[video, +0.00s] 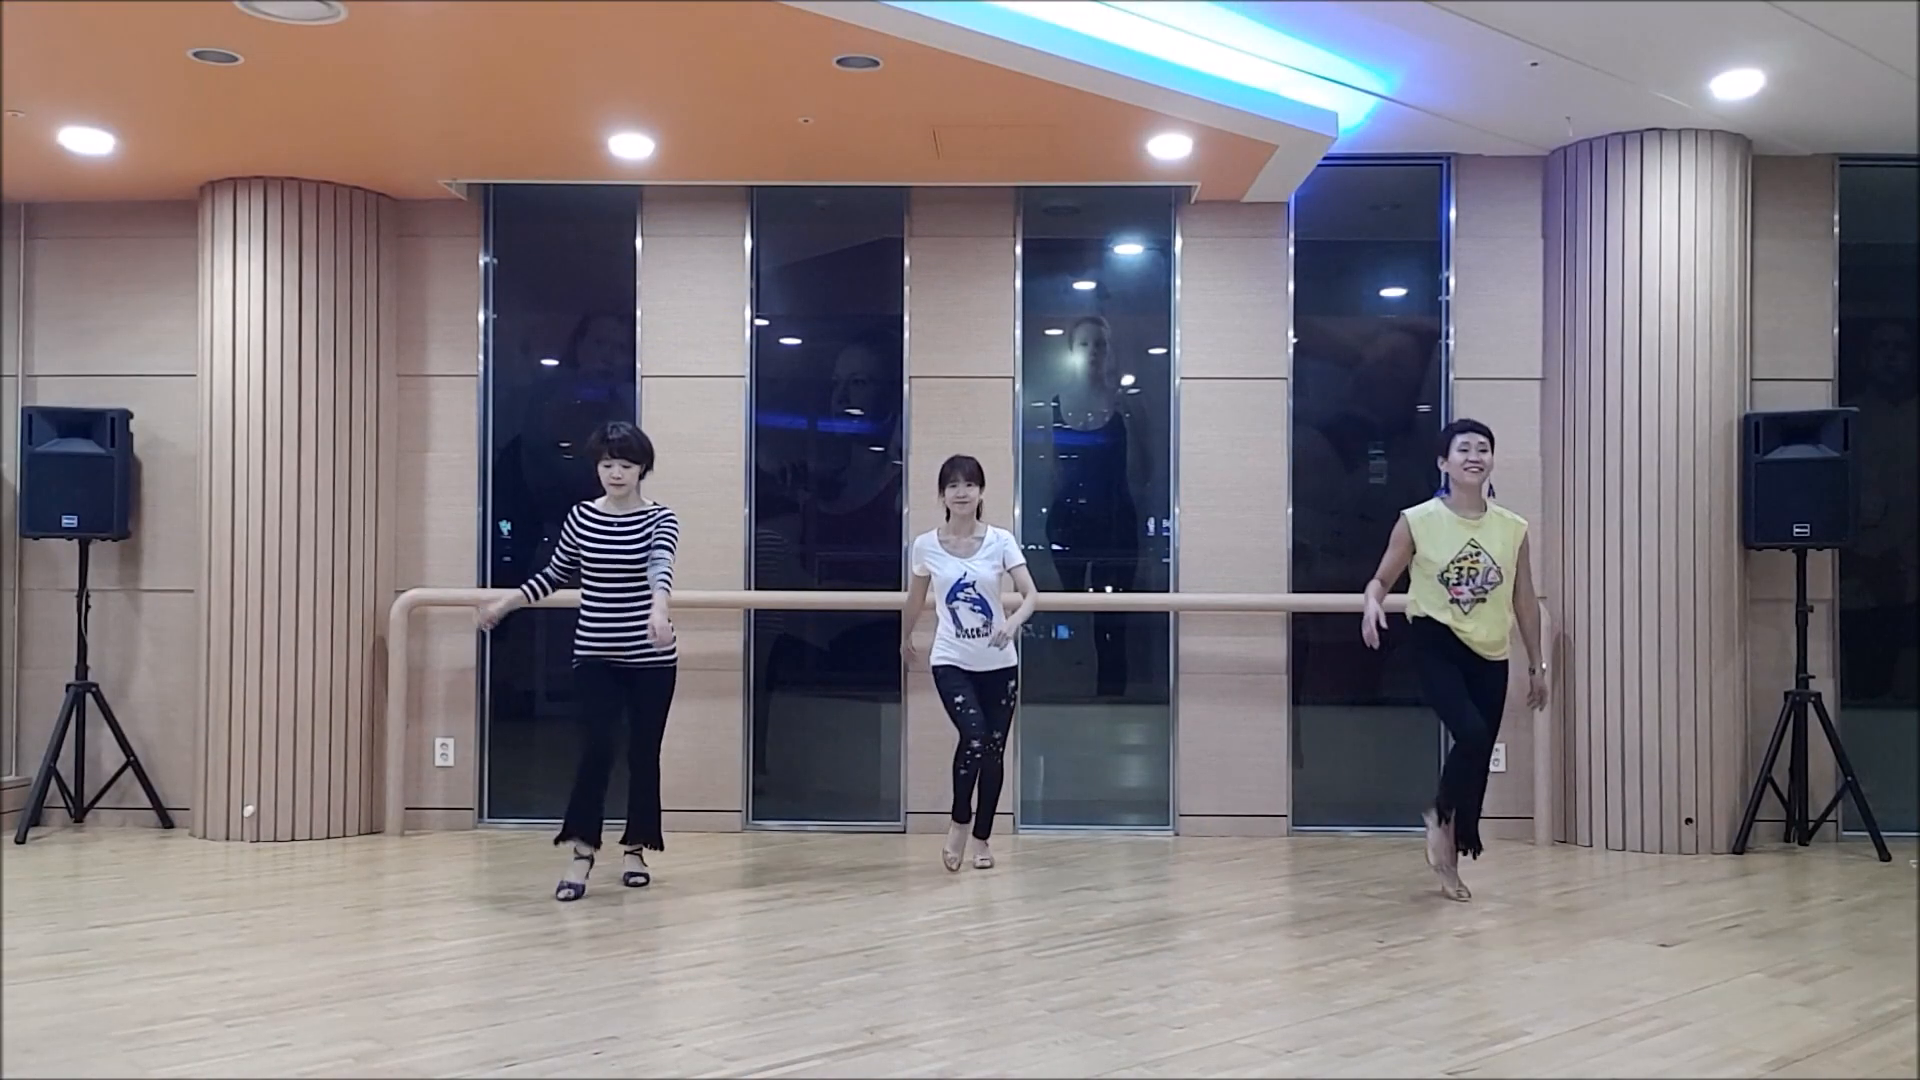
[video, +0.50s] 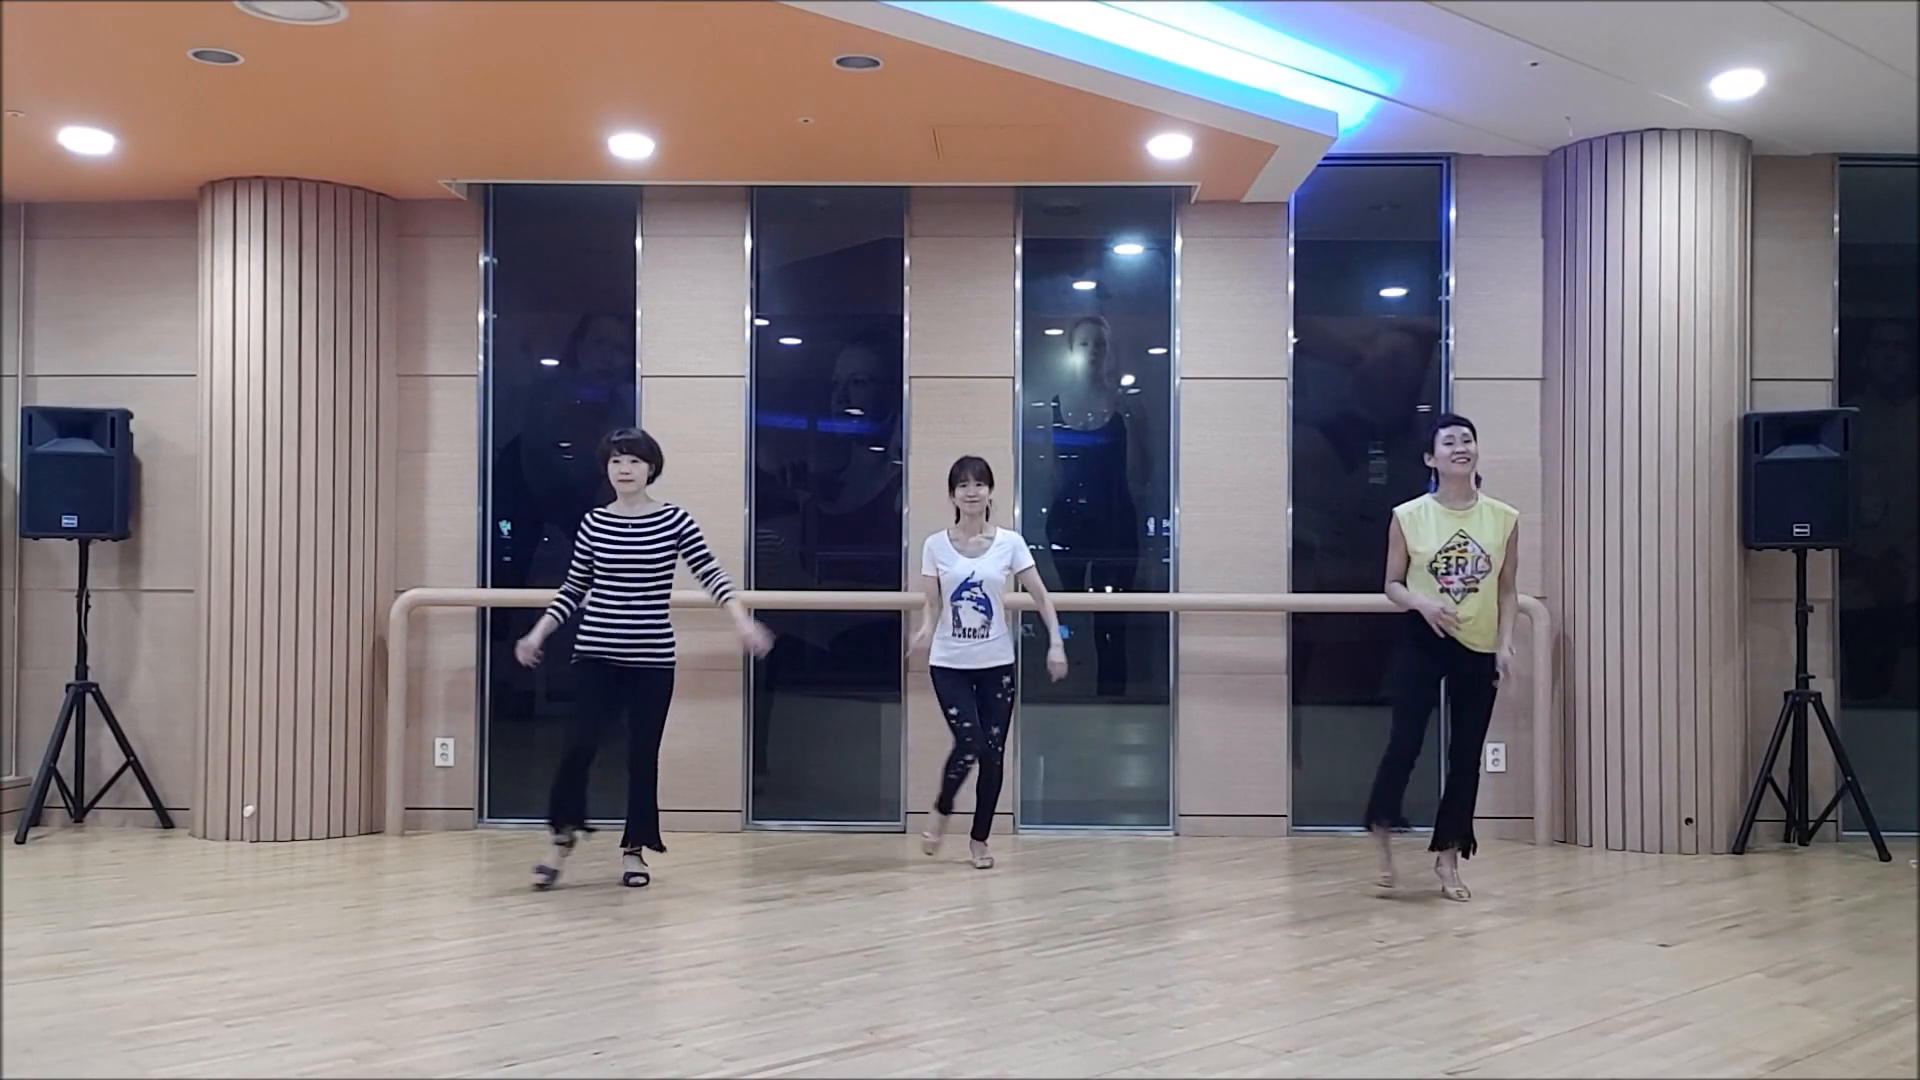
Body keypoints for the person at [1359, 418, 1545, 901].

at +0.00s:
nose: (1473, 456)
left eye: (1481, 450)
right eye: (1463, 450)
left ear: (1493, 462)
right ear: (1444, 462)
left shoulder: (1513, 528)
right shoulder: (1417, 521)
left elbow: (1524, 600)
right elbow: (1380, 583)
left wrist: (1537, 665)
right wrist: (1372, 603)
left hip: (1490, 650)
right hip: (1434, 643)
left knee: (1477, 752)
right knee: (1474, 736)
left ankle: (1451, 858)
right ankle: (1441, 818)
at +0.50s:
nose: (1461, 447)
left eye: (1466, 441)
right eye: (1450, 442)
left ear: (1478, 454)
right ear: (1432, 458)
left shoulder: (1503, 518)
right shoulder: (1409, 516)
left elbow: (1507, 589)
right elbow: (1392, 585)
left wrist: (1503, 645)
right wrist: (1423, 603)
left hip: (1478, 649)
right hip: (1423, 642)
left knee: (1466, 756)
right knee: (1406, 744)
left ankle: (1448, 856)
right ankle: (1381, 833)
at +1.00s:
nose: (1463, 461)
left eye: (1472, 453)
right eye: (1454, 453)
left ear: (1483, 462)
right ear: (1436, 461)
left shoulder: (1500, 527)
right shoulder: (1407, 516)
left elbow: (1510, 600)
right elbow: (1387, 585)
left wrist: (1482, 574)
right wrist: (1395, 588)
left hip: (1479, 651)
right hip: (1423, 644)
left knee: (1470, 758)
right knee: (1432, 755)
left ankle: (1450, 858)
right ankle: (1421, 855)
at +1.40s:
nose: (1469, 454)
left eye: (1477, 447)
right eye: (1459, 447)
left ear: (1487, 457)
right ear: (1440, 457)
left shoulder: (1505, 517)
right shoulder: (1415, 515)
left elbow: (1517, 574)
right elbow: (1394, 578)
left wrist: (1515, 611)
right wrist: (1372, 598)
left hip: (1481, 643)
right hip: (1427, 638)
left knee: (1472, 758)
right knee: (1404, 749)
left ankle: (1447, 853)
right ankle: (1363, 850)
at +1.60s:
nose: (1481, 456)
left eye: (1488, 450)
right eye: (1471, 450)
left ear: (1498, 462)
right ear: (1450, 461)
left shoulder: (1518, 525)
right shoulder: (1423, 519)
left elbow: (1537, 598)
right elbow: (1394, 588)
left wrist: (1556, 657)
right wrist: (1372, 584)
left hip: (1494, 648)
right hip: (1439, 642)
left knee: (1477, 759)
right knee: (1437, 753)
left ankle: (1449, 853)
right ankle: (1396, 830)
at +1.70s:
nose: (1489, 455)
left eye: (1495, 449)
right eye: (1479, 448)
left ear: (1504, 461)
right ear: (1458, 460)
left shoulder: (1524, 524)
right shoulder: (1431, 517)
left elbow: (1539, 592)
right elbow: (1403, 580)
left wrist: (1561, 652)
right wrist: (1389, 588)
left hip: (1500, 645)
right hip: (1446, 639)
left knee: (1481, 750)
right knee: (1457, 745)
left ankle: (1450, 848)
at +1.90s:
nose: (1501, 459)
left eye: (1508, 453)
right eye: (1490, 453)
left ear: (1517, 464)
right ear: (1470, 465)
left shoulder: (1535, 525)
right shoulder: (1445, 525)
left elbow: (1541, 586)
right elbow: (1427, 594)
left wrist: (1568, 627)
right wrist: (1457, 603)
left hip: (1517, 649)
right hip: (1462, 648)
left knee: (1506, 749)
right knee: (1475, 748)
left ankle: (1514, 850)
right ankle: (1489, 846)